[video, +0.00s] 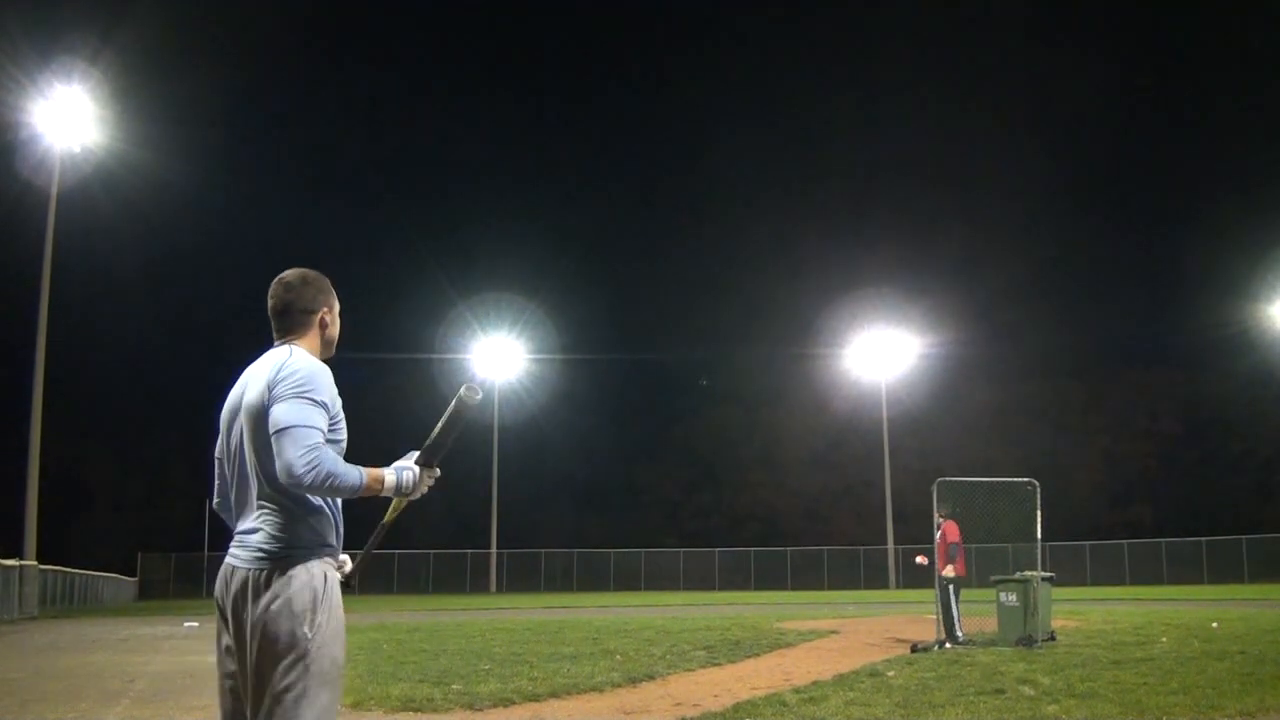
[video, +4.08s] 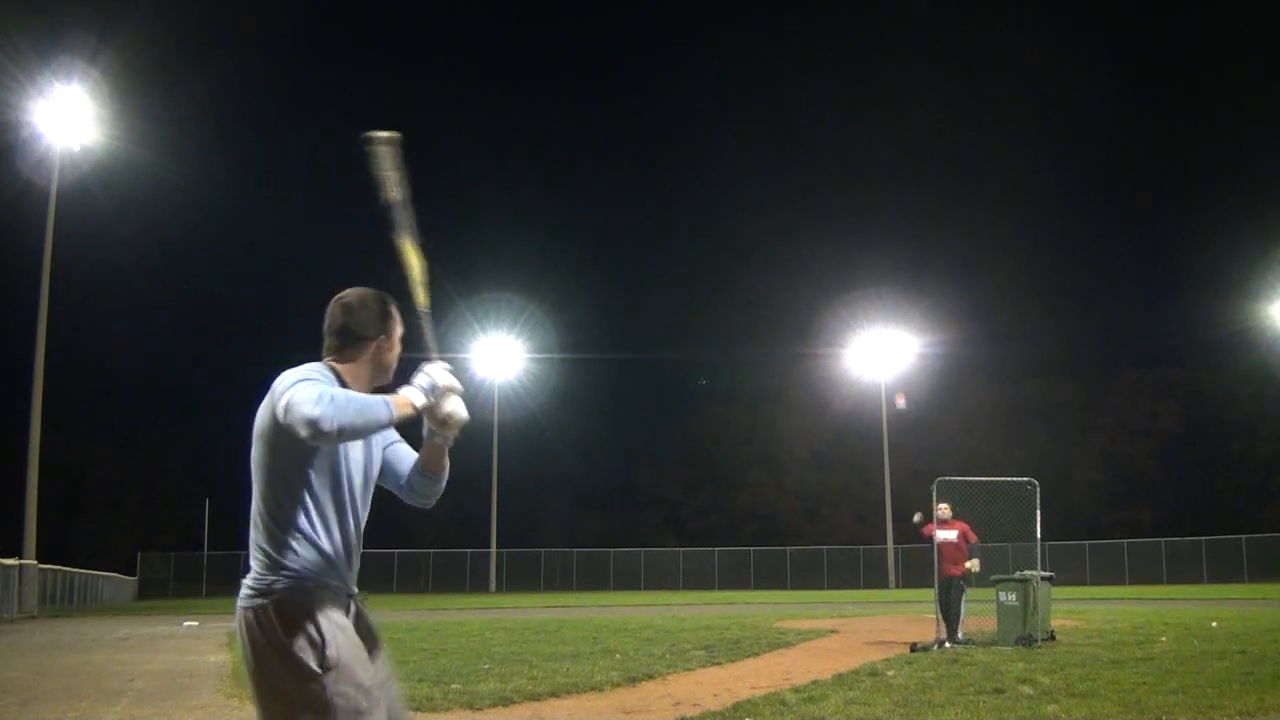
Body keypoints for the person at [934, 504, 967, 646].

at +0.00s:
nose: (933, 518)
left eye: (935, 515)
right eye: (933, 515)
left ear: (941, 515)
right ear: (941, 516)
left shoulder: (950, 525)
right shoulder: (941, 529)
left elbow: (953, 545)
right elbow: (942, 553)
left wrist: (951, 564)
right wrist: (929, 561)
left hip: (950, 573)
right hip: (943, 572)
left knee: (951, 605)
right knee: (945, 605)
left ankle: (957, 635)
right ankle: (949, 635)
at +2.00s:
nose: (933, 515)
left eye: (935, 512)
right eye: (931, 513)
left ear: (943, 513)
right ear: (931, 515)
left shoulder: (952, 527)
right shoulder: (935, 531)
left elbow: (956, 547)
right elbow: (932, 553)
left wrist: (952, 564)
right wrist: (917, 554)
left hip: (948, 572)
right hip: (937, 573)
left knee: (950, 604)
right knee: (941, 605)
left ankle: (955, 636)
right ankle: (947, 635)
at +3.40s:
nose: (927, 518)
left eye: (929, 515)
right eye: (924, 516)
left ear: (936, 515)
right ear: (923, 519)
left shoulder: (947, 527)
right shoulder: (927, 531)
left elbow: (964, 541)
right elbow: (934, 548)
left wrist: (972, 558)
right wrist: (927, 552)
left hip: (954, 571)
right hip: (940, 573)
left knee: (952, 605)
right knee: (942, 605)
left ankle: (953, 637)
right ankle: (945, 635)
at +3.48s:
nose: (927, 518)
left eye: (929, 515)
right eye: (924, 516)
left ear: (936, 515)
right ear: (923, 519)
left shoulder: (948, 527)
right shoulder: (927, 532)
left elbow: (966, 540)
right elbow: (933, 548)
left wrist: (974, 558)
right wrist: (930, 558)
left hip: (955, 571)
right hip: (940, 573)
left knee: (952, 604)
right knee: (942, 605)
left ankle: (954, 637)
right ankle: (945, 636)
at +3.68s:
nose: (929, 518)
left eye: (931, 515)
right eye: (926, 516)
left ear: (938, 515)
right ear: (925, 519)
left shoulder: (952, 526)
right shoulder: (926, 536)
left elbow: (969, 540)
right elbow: (928, 557)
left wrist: (974, 557)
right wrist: (926, 573)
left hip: (957, 571)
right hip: (942, 575)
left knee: (955, 606)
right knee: (944, 607)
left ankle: (953, 637)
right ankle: (948, 636)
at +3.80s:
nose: (930, 517)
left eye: (932, 514)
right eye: (928, 515)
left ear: (939, 515)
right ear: (927, 519)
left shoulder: (954, 526)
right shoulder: (930, 532)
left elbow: (970, 539)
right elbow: (920, 529)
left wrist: (973, 553)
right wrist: (918, 516)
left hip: (958, 572)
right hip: (943, 575)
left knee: (955, 606)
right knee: (945, 607)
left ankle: (954, 636)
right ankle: (948, 636)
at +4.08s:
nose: (943, 511)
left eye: (945, 509)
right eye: (939, 509)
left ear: (951, 512)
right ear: (936, 513)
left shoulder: (961, 526)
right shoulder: (934, 527)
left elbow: (974, 542)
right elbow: (924, 534)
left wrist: (974, 558)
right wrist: (919, 524)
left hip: (958, 572)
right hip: (942, 574)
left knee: (955, 605)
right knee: (943, 606)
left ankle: (953, 637)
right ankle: (950, 634)